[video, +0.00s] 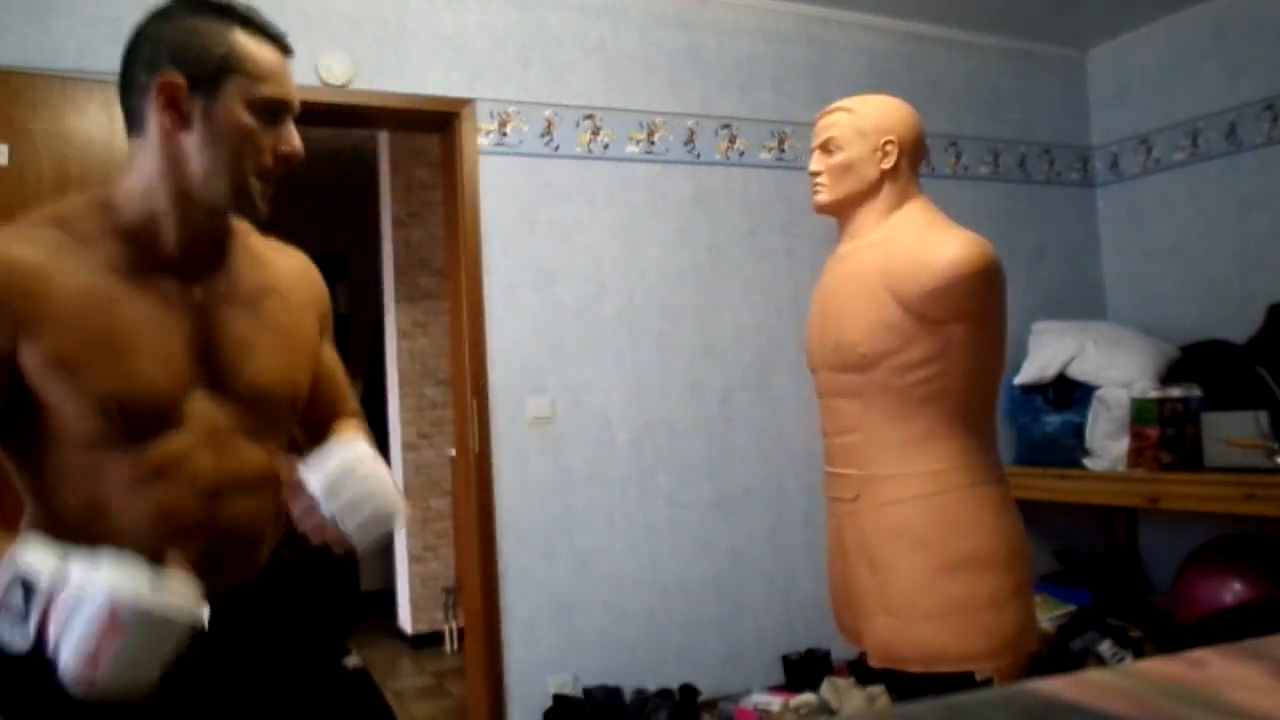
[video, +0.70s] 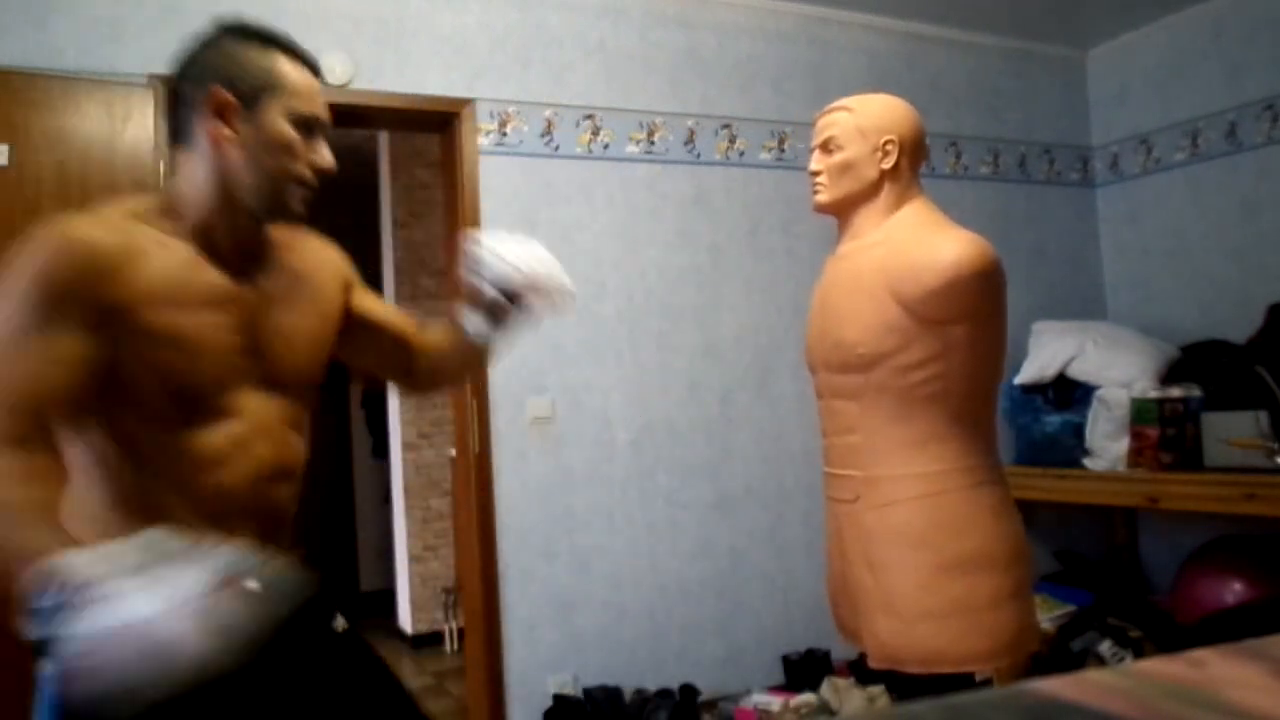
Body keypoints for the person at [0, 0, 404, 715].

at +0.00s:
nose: (294, 146)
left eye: (293, 120)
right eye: (267, 114)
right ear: (172, 106)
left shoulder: (294, 278)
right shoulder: (23, 269)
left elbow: (340, 421)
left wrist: (348, 486)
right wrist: (43, 588)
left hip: (274, 652)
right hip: (94, 668)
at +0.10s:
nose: (277, 80)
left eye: (277, 51)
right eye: (256, 43)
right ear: (162, 28)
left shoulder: (275, 209)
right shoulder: (24, 184)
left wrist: (310, 407)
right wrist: (40, 466)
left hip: (249, 581)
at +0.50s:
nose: (254, 97)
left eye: (253, 70)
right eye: (228, 61)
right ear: (132, 49)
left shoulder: (253, 208)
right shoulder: (16, 191)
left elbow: (357, 381)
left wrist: (338, 303)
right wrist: (1, 552)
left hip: (236, 579)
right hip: (73, 593)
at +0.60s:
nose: (284, 118)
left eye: (283, 93)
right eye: (260, 83)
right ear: (168, 71)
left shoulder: (283, 224)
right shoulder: (26, 217)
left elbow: (403, 358)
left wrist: (406, 279)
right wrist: (9, 596)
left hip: (244, 593)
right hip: (88, 598)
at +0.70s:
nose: (328, 161)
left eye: (325, 135)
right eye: (304, 128)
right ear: (222, 118)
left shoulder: (315, 269)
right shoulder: (81, 262)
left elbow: (421, 362)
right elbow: (18, 443)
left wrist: (483, 319)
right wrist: (63, 582)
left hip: (281, 624)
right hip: (131, 644)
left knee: (404, 718)